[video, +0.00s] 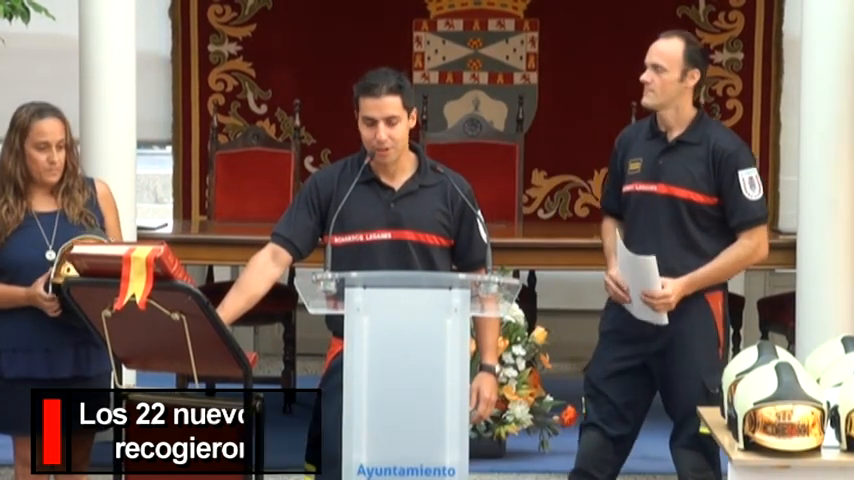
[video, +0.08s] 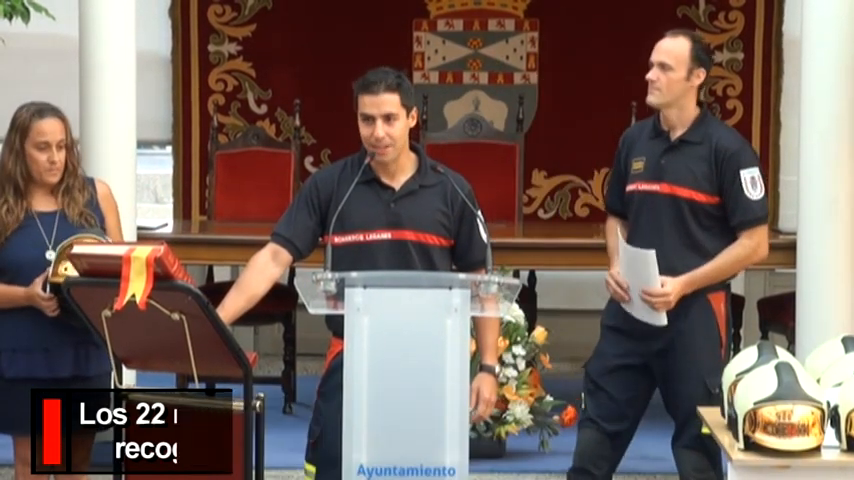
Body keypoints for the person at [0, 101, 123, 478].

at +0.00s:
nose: (54, 158)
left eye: (61, 147)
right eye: (42, 148)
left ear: (70, 148)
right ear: (19, 151)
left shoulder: (95, 194)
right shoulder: (6, 205)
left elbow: (119, 271)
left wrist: (81, 284)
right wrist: (27, 295)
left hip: (86, 363)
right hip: (21, 364)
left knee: (77, 467)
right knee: (30, 468)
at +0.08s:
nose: (55, 158)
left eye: (62, 147)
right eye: (43, 147)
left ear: (71, 148)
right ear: (19, 151)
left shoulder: (96, 194)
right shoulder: (6, 204)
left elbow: (120, 271)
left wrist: (81, 283)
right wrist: (25, 295)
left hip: (87, 362)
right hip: (22, 363)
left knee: (78, 467)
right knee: (31, 467)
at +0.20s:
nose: (55, 158)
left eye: (62, 147)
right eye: (43, 147)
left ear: (71, 148)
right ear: (19, 151)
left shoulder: (96, 193)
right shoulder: (6, 204)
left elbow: (121, 270)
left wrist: (80, 282)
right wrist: (24, 295)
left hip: (85, 361)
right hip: (21, 362)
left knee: (79, 466)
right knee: (30, 467)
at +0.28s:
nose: (55, 158)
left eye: (62, 147)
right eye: (43, 147)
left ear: (72, 148)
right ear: (20, 151)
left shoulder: (97, 194)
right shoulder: (6, 205)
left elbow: (122, 271)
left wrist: (81, 284)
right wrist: (23, 295)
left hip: (85, 359)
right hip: (22, 360)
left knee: (76, 464)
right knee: (32, 465)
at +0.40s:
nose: (55, 157)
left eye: (62, 146)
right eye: (43, 146)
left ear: (72, 148)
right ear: (20, 150)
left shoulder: (97, 194)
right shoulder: (6, 205)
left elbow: (123, 270)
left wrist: (81, 282)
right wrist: (22, 295)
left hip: (85, 359)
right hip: (22, 360)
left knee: (76, 463)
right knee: (33, 465)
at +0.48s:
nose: (55, 156)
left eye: (62, 145)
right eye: (43, 145)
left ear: (72, 148)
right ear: (20, 150)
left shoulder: (98, 194)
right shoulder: (7, 204)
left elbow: (122, 271)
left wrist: (80, 282)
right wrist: (22, 294)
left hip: (85, 359)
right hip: (22, 360)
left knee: (75, 464)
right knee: (32, 465)